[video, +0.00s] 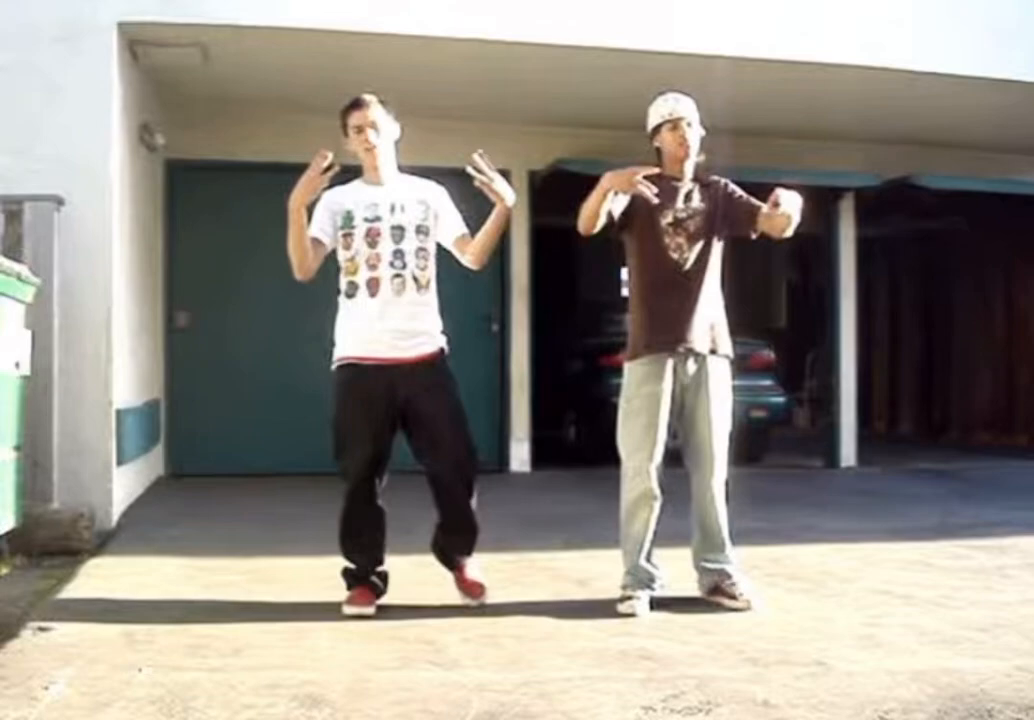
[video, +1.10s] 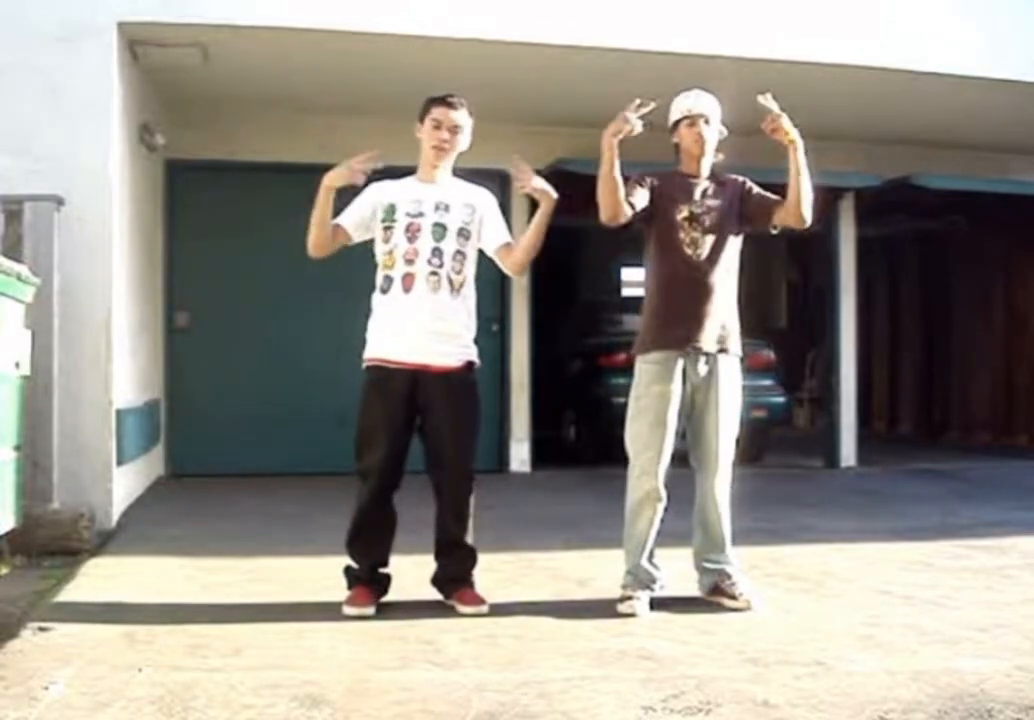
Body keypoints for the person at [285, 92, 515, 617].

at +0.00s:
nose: (368, 137)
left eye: (374, 127)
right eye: (358, 130)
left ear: (394, 133)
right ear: (347, 142)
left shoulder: (429, 194)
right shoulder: (336, 199)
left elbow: (473, 256)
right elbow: (304, 268)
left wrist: (503, 207)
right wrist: (297, 204)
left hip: (423, 356)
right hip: (360, 360)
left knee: (456, 464)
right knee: (359, 473)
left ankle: (457, 552)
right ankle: (364, 579)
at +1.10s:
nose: (445, 135)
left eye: (455, 129)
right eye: (438, 125)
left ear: (466, 141)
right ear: (419, 130)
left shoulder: (477, 200)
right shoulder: (384, 194)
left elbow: (515, 261)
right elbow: (320, 246)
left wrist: (546, 206)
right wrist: (329, 187)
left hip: (452, 359)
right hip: (389, 356)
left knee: (455, 476)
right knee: (376, 473)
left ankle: (456, 579)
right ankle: (366, 579)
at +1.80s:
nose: (479, 171)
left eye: (486, 163)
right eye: (472, 159)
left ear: (487, 167)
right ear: (443, 155)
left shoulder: (478, 223)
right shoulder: (393, 209)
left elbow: (468, 291)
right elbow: (327, 255)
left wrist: (522, 324)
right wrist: (348, 301)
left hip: (448, 374)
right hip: (390, 372)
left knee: (472, 484)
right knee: (377, 482)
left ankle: (456, 580)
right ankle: (364, 581)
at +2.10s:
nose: (466, 157)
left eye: (470, 149)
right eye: (462, 146)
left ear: (446, 146)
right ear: (431, 139)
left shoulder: (451, 197)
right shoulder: (391, 178)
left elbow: (465, 238)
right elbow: (340, 219)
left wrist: (495, 184)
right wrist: (414, 193)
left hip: (442, 363)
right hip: (386, 358)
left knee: (456, 473)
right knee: (358, 470)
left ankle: (440, 576)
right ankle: (314, 574)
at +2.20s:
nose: (441, 156)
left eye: (445, 148)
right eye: (436, 145)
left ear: (438, 150)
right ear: (407, 139)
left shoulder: (436, 197)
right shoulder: (372, 188)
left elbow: (464, 226)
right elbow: (352, 216)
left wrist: (477, 171)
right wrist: (395, 175)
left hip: (440, 365)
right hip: (384, 363)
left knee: (462, 473)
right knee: (364, 478)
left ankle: (440, 577)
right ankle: (311, 576)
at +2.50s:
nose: (443, 171)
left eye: (448, 163)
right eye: (441, 159)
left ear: (425, 151)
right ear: (416, 145)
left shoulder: (420, 197)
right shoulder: (352, 183)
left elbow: (445, 217)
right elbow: (287, 202)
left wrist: (493, 192)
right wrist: (361, 175)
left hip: (394, 350)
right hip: (339, 347)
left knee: (428, 457)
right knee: (327, 465)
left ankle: (423, 565)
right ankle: (290, 574)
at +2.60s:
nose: (454, 188)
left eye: (461, 181)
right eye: (454, 175)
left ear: (445, 166)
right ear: (430, 155)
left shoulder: (426, 208)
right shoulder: (370, 179)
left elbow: (433, 232)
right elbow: (282, 186)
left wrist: (483, 211)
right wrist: (346, 197)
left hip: (373, 341)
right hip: (319, 336)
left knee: (410, 445)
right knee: (314, 454)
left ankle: (412, 553)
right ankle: (281, 567)